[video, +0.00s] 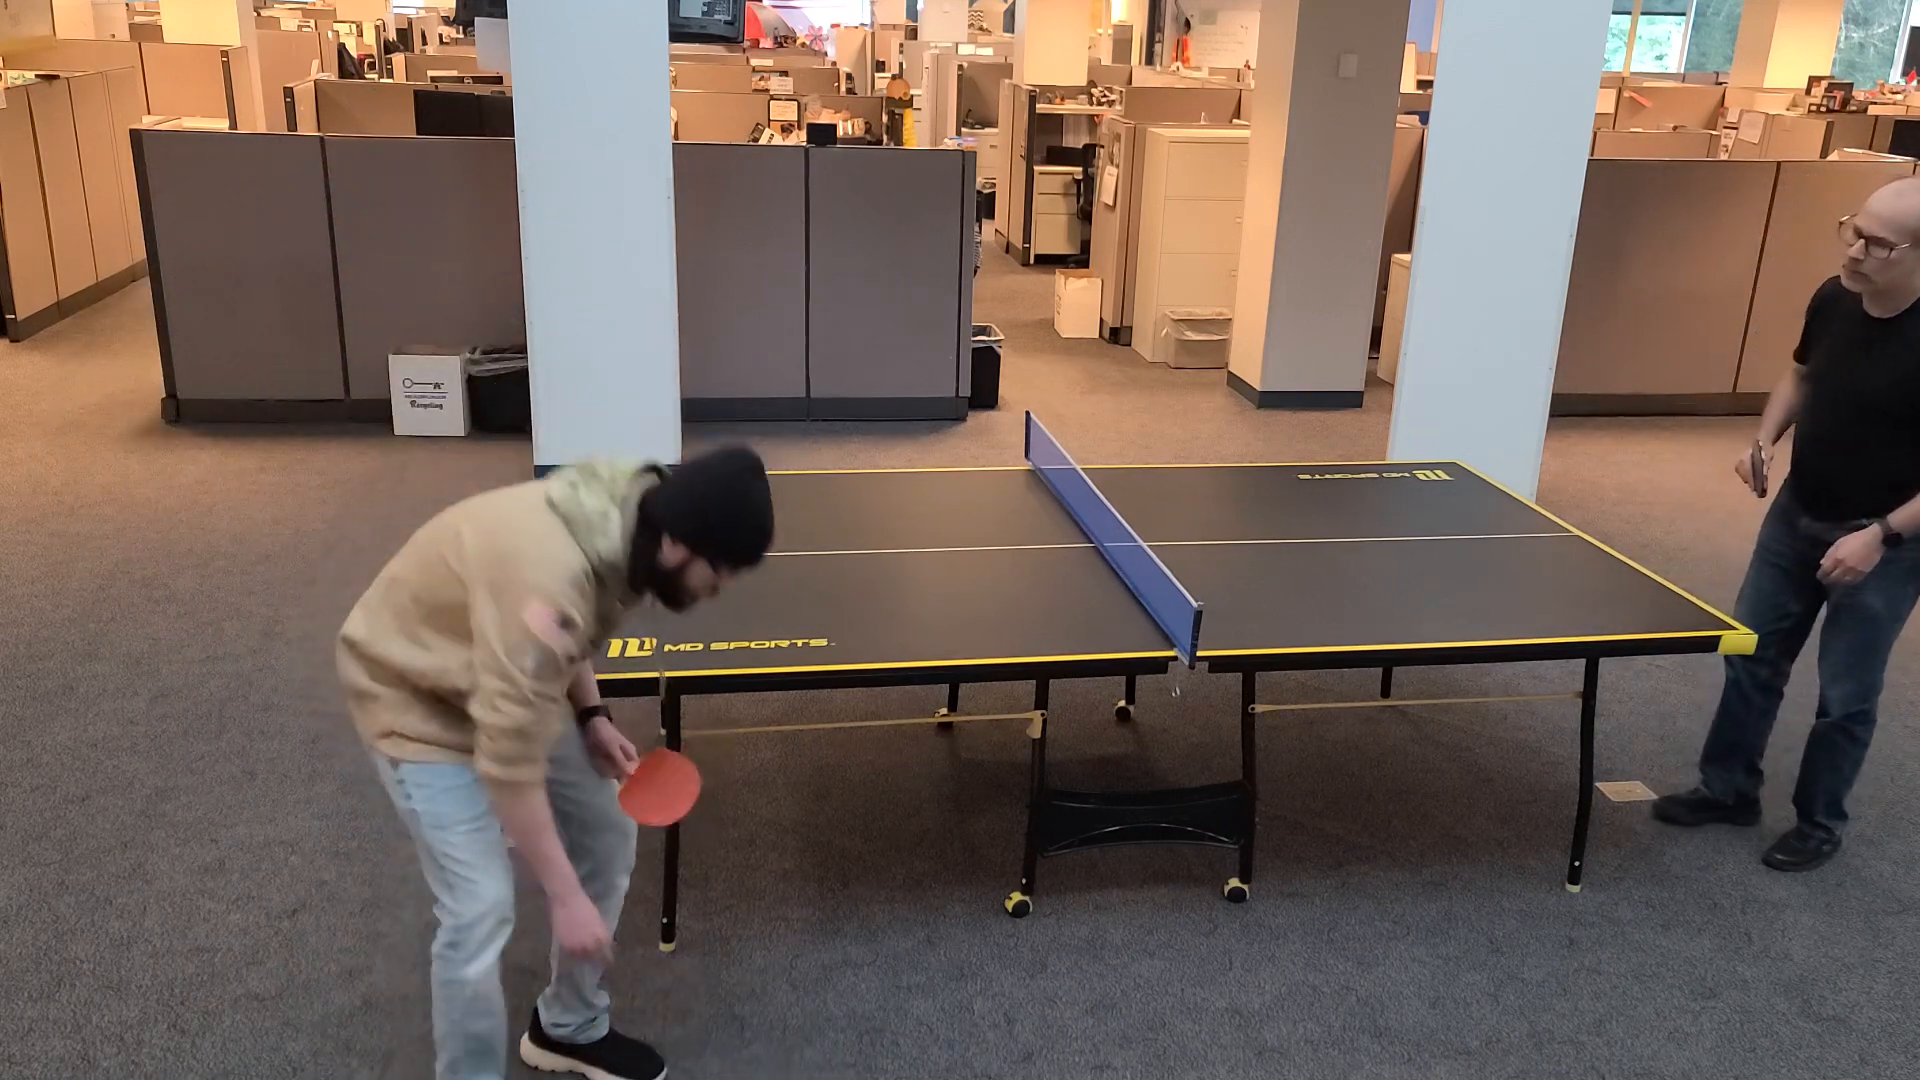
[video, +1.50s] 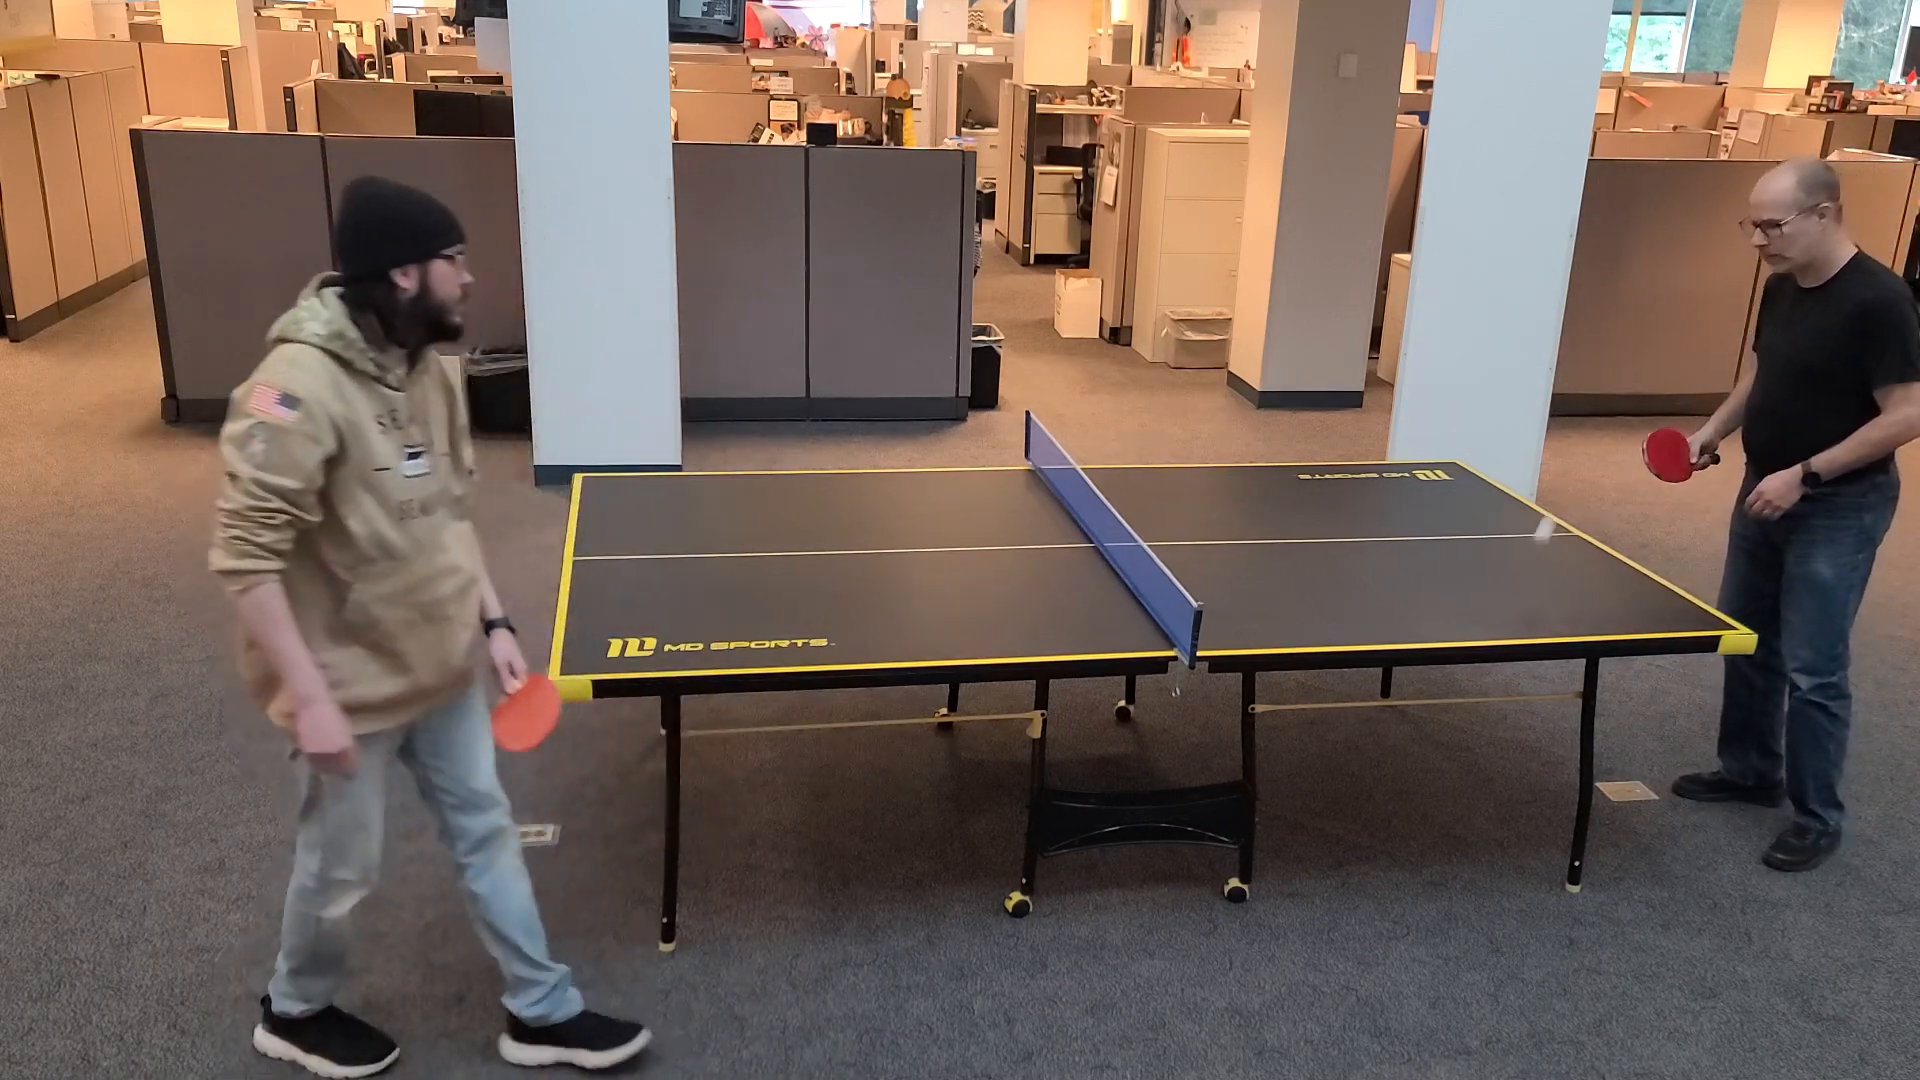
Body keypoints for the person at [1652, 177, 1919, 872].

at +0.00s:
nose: (1854, 249)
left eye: (1874, 243)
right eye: (1853, 233)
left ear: (1916, 257)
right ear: (1848, 224)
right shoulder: (1834, 301)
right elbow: (1801, 376)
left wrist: (1884, 533)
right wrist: (1765, 437)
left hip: (1887, 544)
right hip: (1799, 516)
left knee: (1845, 699)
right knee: (1753, 655)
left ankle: (1819, 823)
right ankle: (1729, 789)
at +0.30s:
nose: (1858, 240)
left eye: (1878, 234)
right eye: (1857, 225)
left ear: (1917, 248)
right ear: (1851, 220)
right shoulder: (1841, 296)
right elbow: (1807, 376)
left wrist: (1873, 519)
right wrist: (1769, 429)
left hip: (1887, 539)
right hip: (1804, 511)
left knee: (1847, 696)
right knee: (1754, 644)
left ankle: (1821, 822)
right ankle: (1748, 766)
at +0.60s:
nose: (1836, 225)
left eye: (1857, 218)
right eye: (1834, 210)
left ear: (1904, 230)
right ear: (1829, 210)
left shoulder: (1916, 313)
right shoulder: (1822, 293)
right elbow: (1791, 374)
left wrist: (1846, 499)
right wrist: (1746, 421)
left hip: (1870, 524)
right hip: (1789, 502)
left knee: (1834, 683)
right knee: (1759, 644)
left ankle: (1820, 821)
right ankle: (1751, 770)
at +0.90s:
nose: (1800, 222)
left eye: (1818, 211)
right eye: (1798, 208)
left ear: (1865, 219)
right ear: (1797, 209)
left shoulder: (1898, 303)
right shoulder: (1800, 284)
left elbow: (1913, 427)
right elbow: (1774, 372)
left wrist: (1813, 482)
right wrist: (1727, 419)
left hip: (1854, 507)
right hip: (1775, 495)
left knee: (1823, 674)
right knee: (1752, 642)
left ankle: (1820, 820)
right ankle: (1750, 771)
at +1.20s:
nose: (1781, 221)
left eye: (1799, 211)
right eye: (1778, 208)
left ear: (1847, 215)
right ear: (1778, 209)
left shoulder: (1889, 302)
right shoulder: (1784, 285)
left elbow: (1905, 421)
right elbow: (1757, 372)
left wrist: (1801, 476)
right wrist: (1709, 424)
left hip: (1838, 506)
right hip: (1760, 494)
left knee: (1814, 671)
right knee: (1746, 643)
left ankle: (1816, 818)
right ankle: (1749, 771)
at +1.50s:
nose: (1758, 237)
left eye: (1771, 224)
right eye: (1755, 224)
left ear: (1824, 217)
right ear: (1769, 220)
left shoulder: (1882, 301)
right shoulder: (1780, 286)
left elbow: (1905, 416)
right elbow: (1762, 377)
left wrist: (1804, 473)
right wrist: (1711, 432)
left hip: (1840, 503)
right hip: (1764, 492)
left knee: (1811, 667)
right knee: (1746, 640)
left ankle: (1818, 817)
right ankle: (1749, 771)